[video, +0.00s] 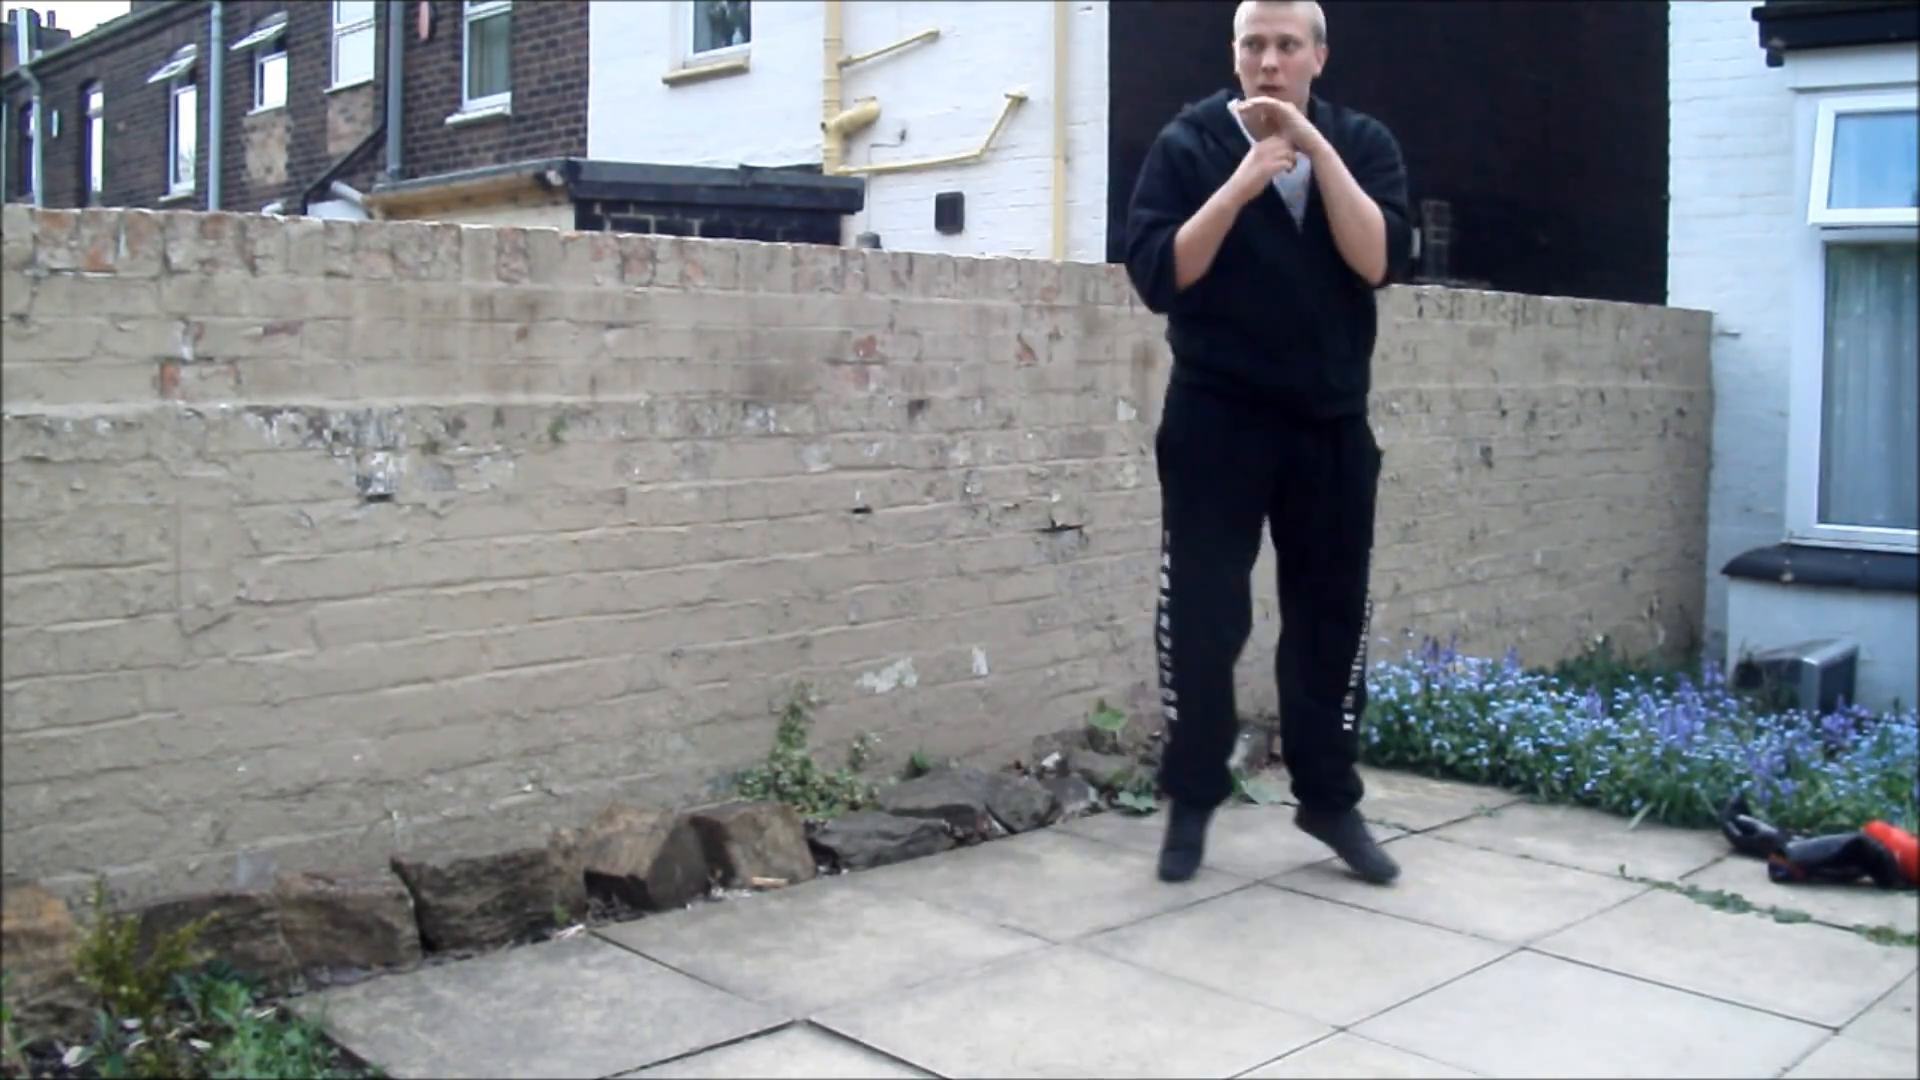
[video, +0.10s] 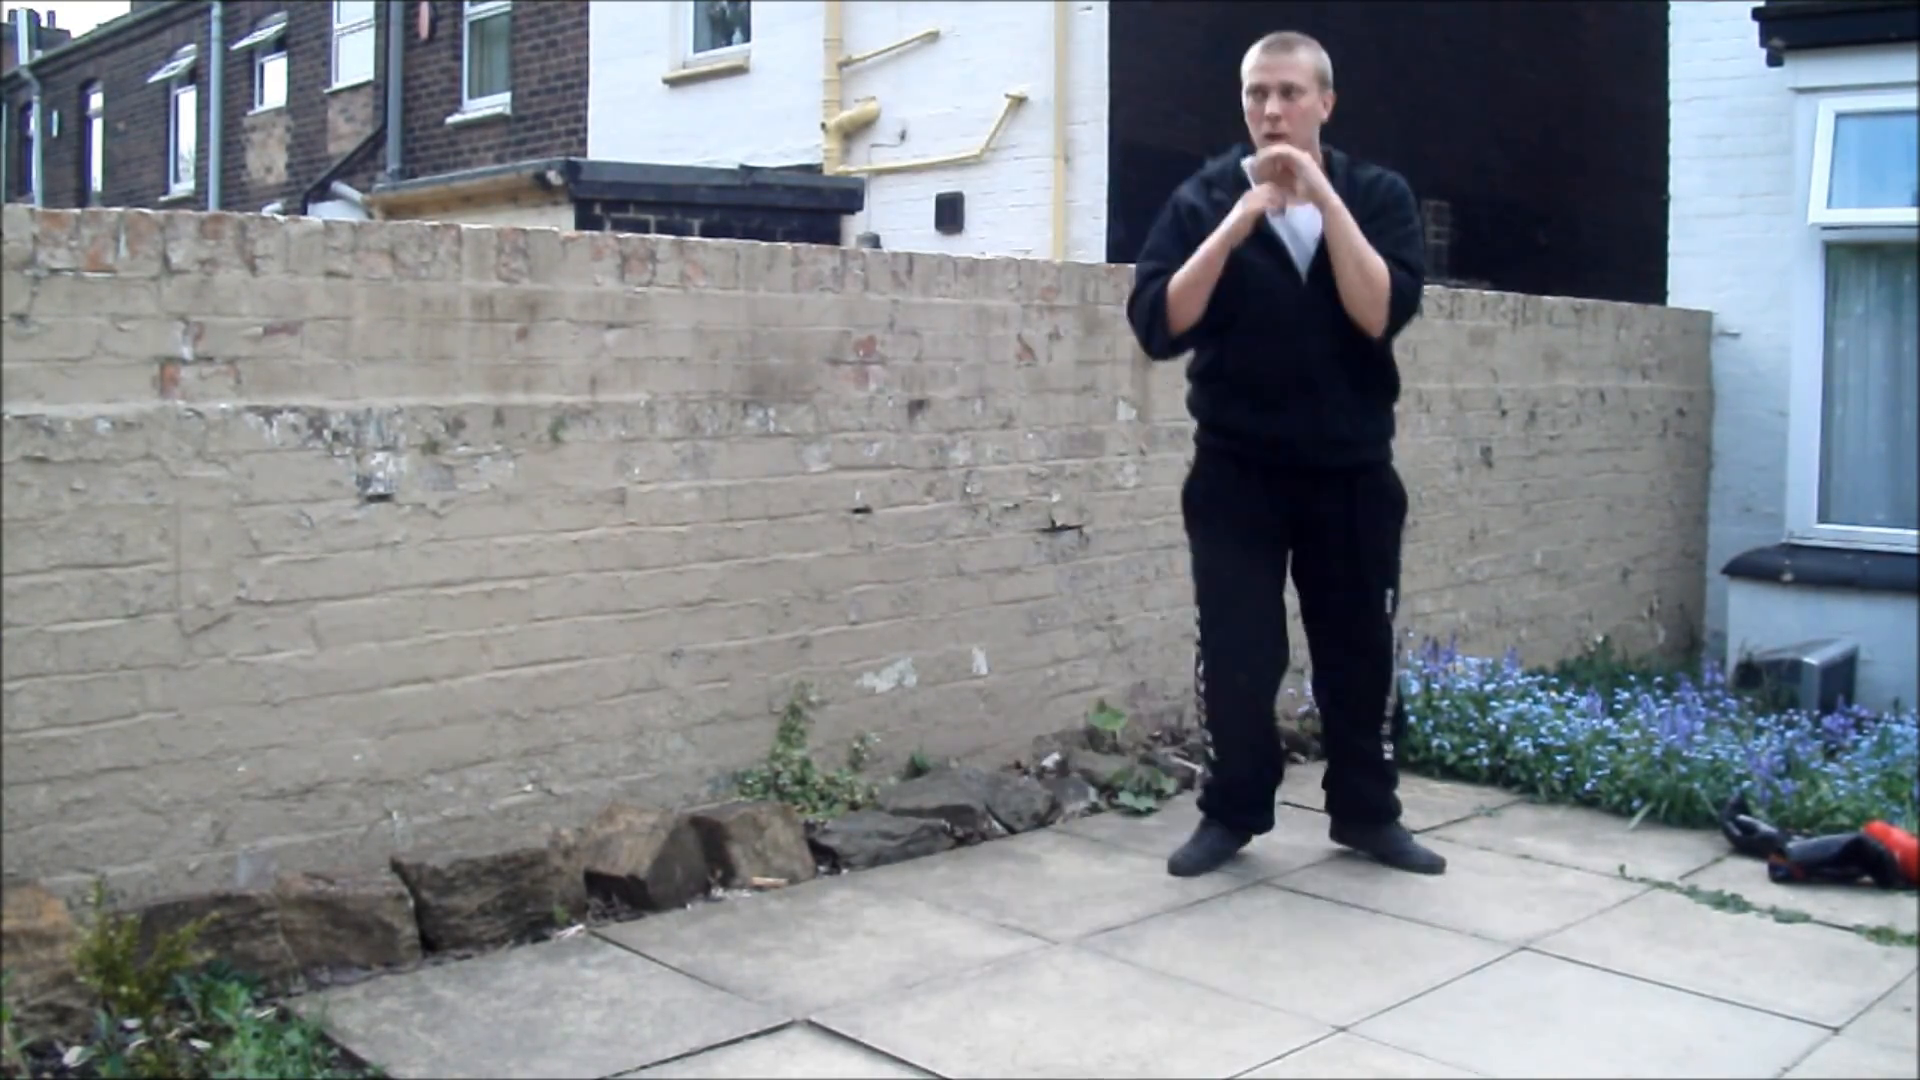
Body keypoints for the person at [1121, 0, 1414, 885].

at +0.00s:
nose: (1269, 61)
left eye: (1287, 45)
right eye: (1254, 44)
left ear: (1320, 55)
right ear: (1235, 54)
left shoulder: (1363, 145)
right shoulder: (1190, 143)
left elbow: (1381, 264)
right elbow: (1154, 275)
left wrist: (1317, 151)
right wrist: (1240, 184)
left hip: (1330, 422)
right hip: (1215, 420)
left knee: (1328, 622)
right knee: (1206, 620)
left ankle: (1330, 803)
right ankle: (1190, 800)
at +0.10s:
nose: (1273, 108)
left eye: (1291, 93)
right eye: (1259, 94)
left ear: (1327, 102)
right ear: (1242, 104)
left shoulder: (1378, 196)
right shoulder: (1205, 197)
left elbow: (1379, 315)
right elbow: (1157, 327)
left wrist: (1322, 197)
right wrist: (1243, 216)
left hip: (1349, 469)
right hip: (1234, 466)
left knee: (1356, 652)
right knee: (1237, 654)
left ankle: (1365, 817)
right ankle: (1229, 817)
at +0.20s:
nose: (1283, 137)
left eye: (1300, 120)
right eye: (1270, 122)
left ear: (1340, 125)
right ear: (1257, 127)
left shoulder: (1399, 210)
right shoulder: (1226, 220)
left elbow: (1393, 349)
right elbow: (1183, 369)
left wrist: (1321, 244)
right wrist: (1223, 303)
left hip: (1369, 489)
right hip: (1252, 488)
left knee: (1377, 668)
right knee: (1216, 657)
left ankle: (1365, 821)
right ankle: (1227, 804)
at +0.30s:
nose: (1313, 127)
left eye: (1332, 112)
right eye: (1300, 110)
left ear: (1368, 118)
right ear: (1282, 115)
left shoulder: (1412, 196)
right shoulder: (1241, 205)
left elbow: (1395, 315)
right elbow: (1211, 358)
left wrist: (1325, 208)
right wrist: (1227, 337)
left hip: (1378, 478)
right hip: (1262, 472)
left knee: (1378, 660)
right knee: (1229, 647)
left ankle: (1364, 821)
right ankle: (1207, 818)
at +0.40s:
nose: (1324, 127)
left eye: (1344, 112)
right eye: (1312, 110)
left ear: (1381, 121)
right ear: (1294, 116)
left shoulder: (1424, 197)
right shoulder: (1254, 201)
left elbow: (1404, 304)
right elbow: (1206, 329)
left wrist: (1331, 199)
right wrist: (1214, 349)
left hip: (1381, 475)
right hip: (1268, 469)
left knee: (1380, 660)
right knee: (1242, 651)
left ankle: (1364, 821)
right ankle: (1192, 850)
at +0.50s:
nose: (1334, 136)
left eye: (1355, 121)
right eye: (1324, 118)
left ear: (1393, 134)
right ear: (1305, 126)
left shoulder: (1429, 219)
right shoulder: (1255, 215)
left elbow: (1434, 331)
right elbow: (1181, 348)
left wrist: (1363, 226)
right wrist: (1197, 353)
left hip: (1382, 488)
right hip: (1272, 483)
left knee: (1396, 671)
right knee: (1262, 657)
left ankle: (1365, 823)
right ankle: (1195, 857)